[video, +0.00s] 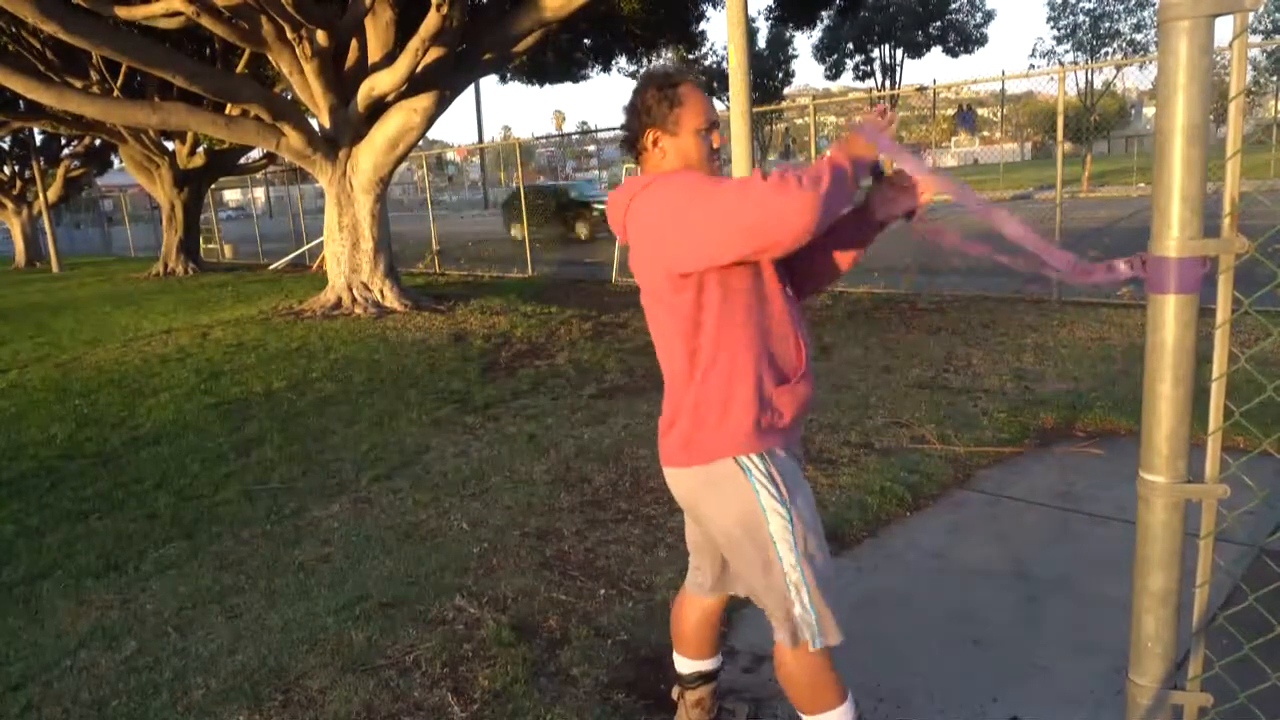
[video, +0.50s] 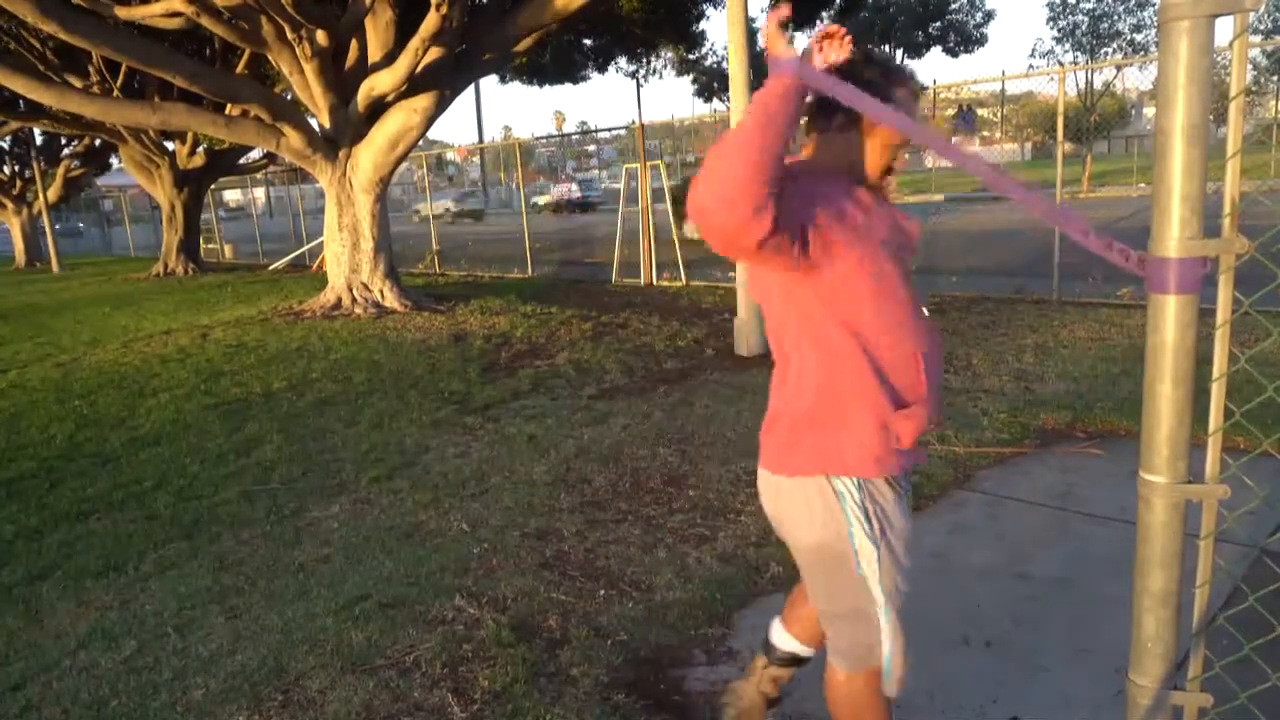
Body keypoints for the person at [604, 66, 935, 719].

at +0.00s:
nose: (718, 143)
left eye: (716, 130)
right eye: (706, 131)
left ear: (662, 140)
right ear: (659, 140)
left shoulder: (685, 204)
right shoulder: (664, 206)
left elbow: (792, 278)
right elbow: (789, 217)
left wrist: (870, 215)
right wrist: (845, 156)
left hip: (711, 438)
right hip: (733, 442)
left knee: (708, 581)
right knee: (799, 617)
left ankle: (694, 705)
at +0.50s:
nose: (905, 150)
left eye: (907, 133)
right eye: (897, 132)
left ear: (856, 129)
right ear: (847, 123)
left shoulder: (862, 207)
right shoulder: (800, 202)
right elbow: (720, 209)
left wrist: (829, 79)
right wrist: (786, 80)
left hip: (865, 457)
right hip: (825, 468)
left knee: (836, 592)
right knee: (863, 656)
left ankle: (754, 693)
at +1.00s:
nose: (990, 108)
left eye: (987, 94)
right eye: (979, 95)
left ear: (936, 106)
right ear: (930, 107)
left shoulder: (958, 192)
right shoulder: (908, 191)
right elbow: (828, 327)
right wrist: (835, 199)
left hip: (968, 460)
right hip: (917, 471)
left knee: (1010, 603)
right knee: (911, 654)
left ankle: (1009, 710)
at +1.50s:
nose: (1112, 106)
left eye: (1111, 91)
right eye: (1100, 90)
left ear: (1048, 91)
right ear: (1041, 91)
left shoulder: (1062, 181)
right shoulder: (995, 179)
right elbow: (976, 337)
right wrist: (1086, 447)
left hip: (1077, 451)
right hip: (1002, 459)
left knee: (1081, 625)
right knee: (994, 655)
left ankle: (1057, 717)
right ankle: (917, 715)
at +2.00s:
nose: (980, 157)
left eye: (986, 142)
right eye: (971, 140)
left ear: (927, 122)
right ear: (915, 123)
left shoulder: (940, 208)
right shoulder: (853, 205)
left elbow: (937, 312)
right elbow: (761, 318)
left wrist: (1005, 315)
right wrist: (878, 365)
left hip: (940, 453)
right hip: (859, 457)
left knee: (975, 605)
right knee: (849, 627)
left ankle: (998, 709)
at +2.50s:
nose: (866, 168)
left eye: (871, 154)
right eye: (859, 151)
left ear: (827, 139)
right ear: (810, 136)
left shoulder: (833, 211)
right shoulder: (750, 209)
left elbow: (838, 302)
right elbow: (699, 317)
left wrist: (879, 312)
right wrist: (818, 330)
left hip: (824, 431)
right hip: (767, 437)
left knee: (823, 578)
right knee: (813, 595)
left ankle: (796, 696)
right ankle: (821, 715)